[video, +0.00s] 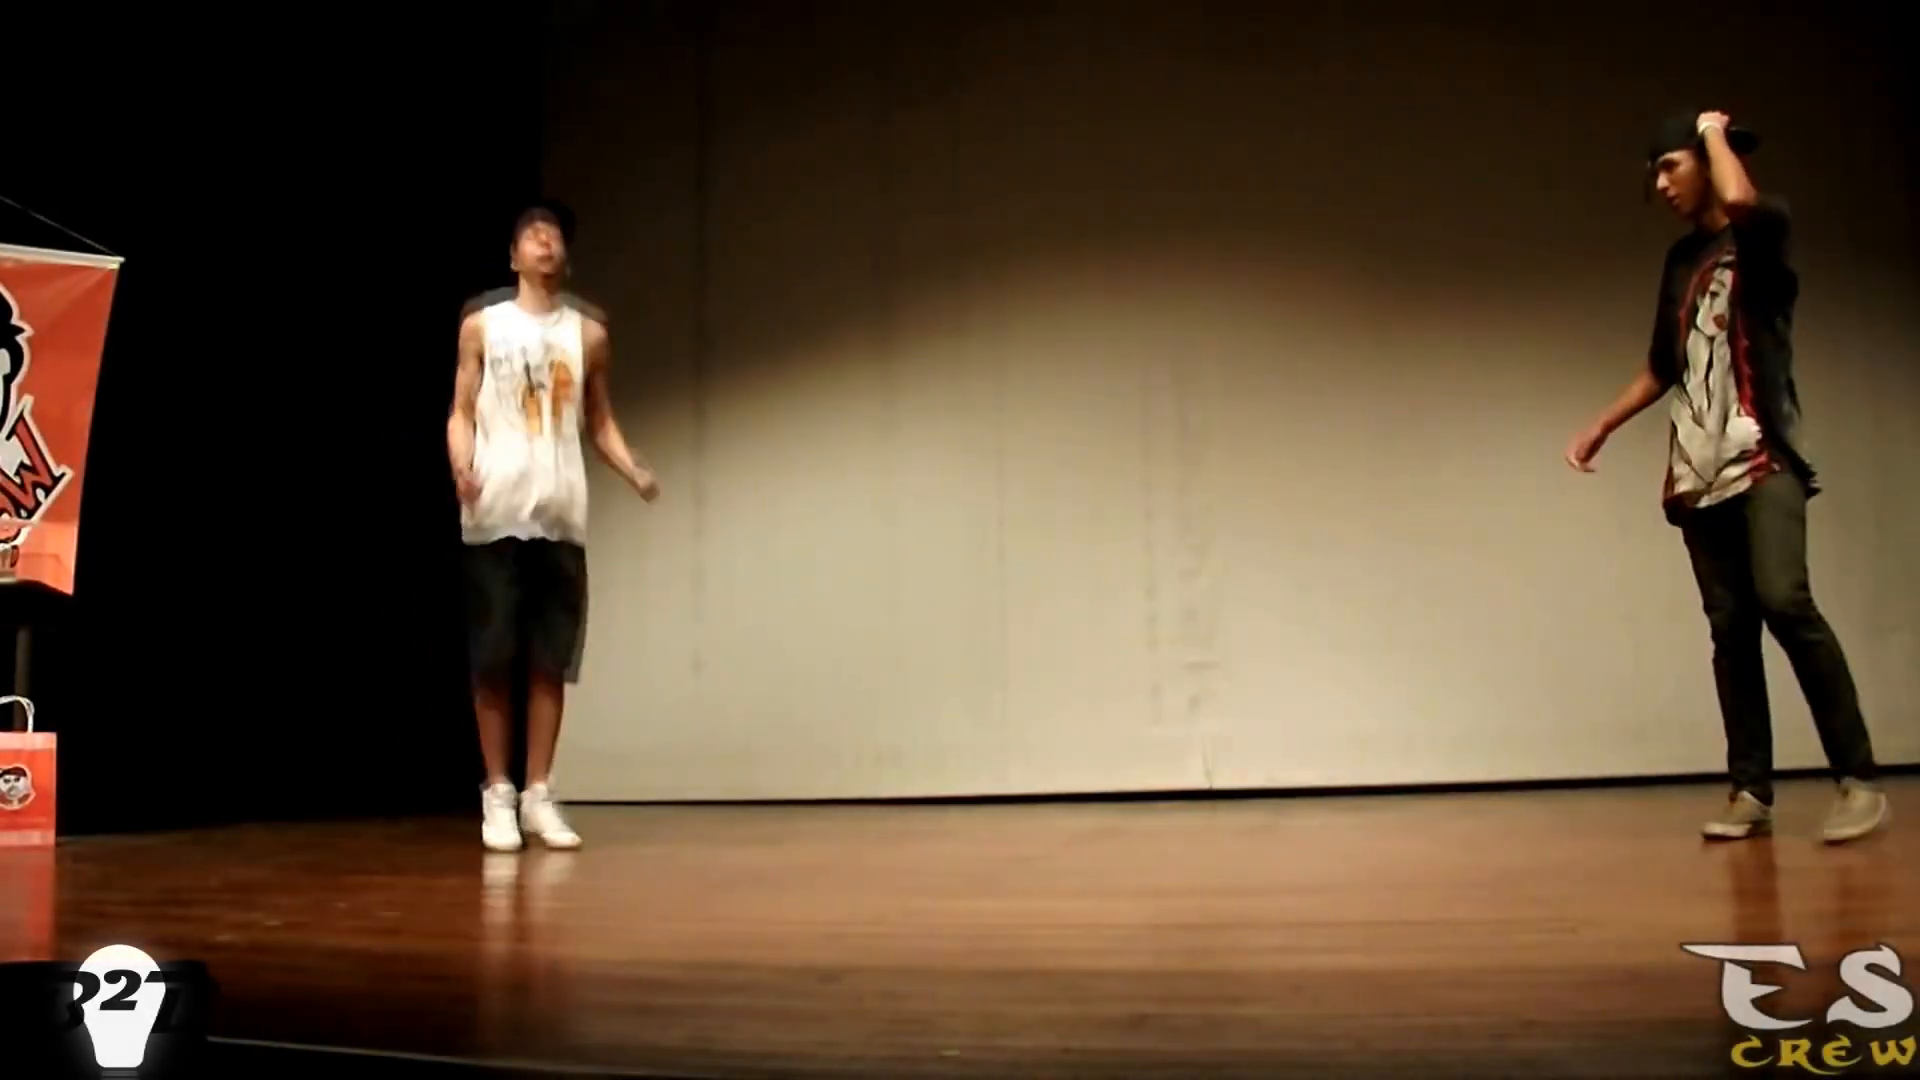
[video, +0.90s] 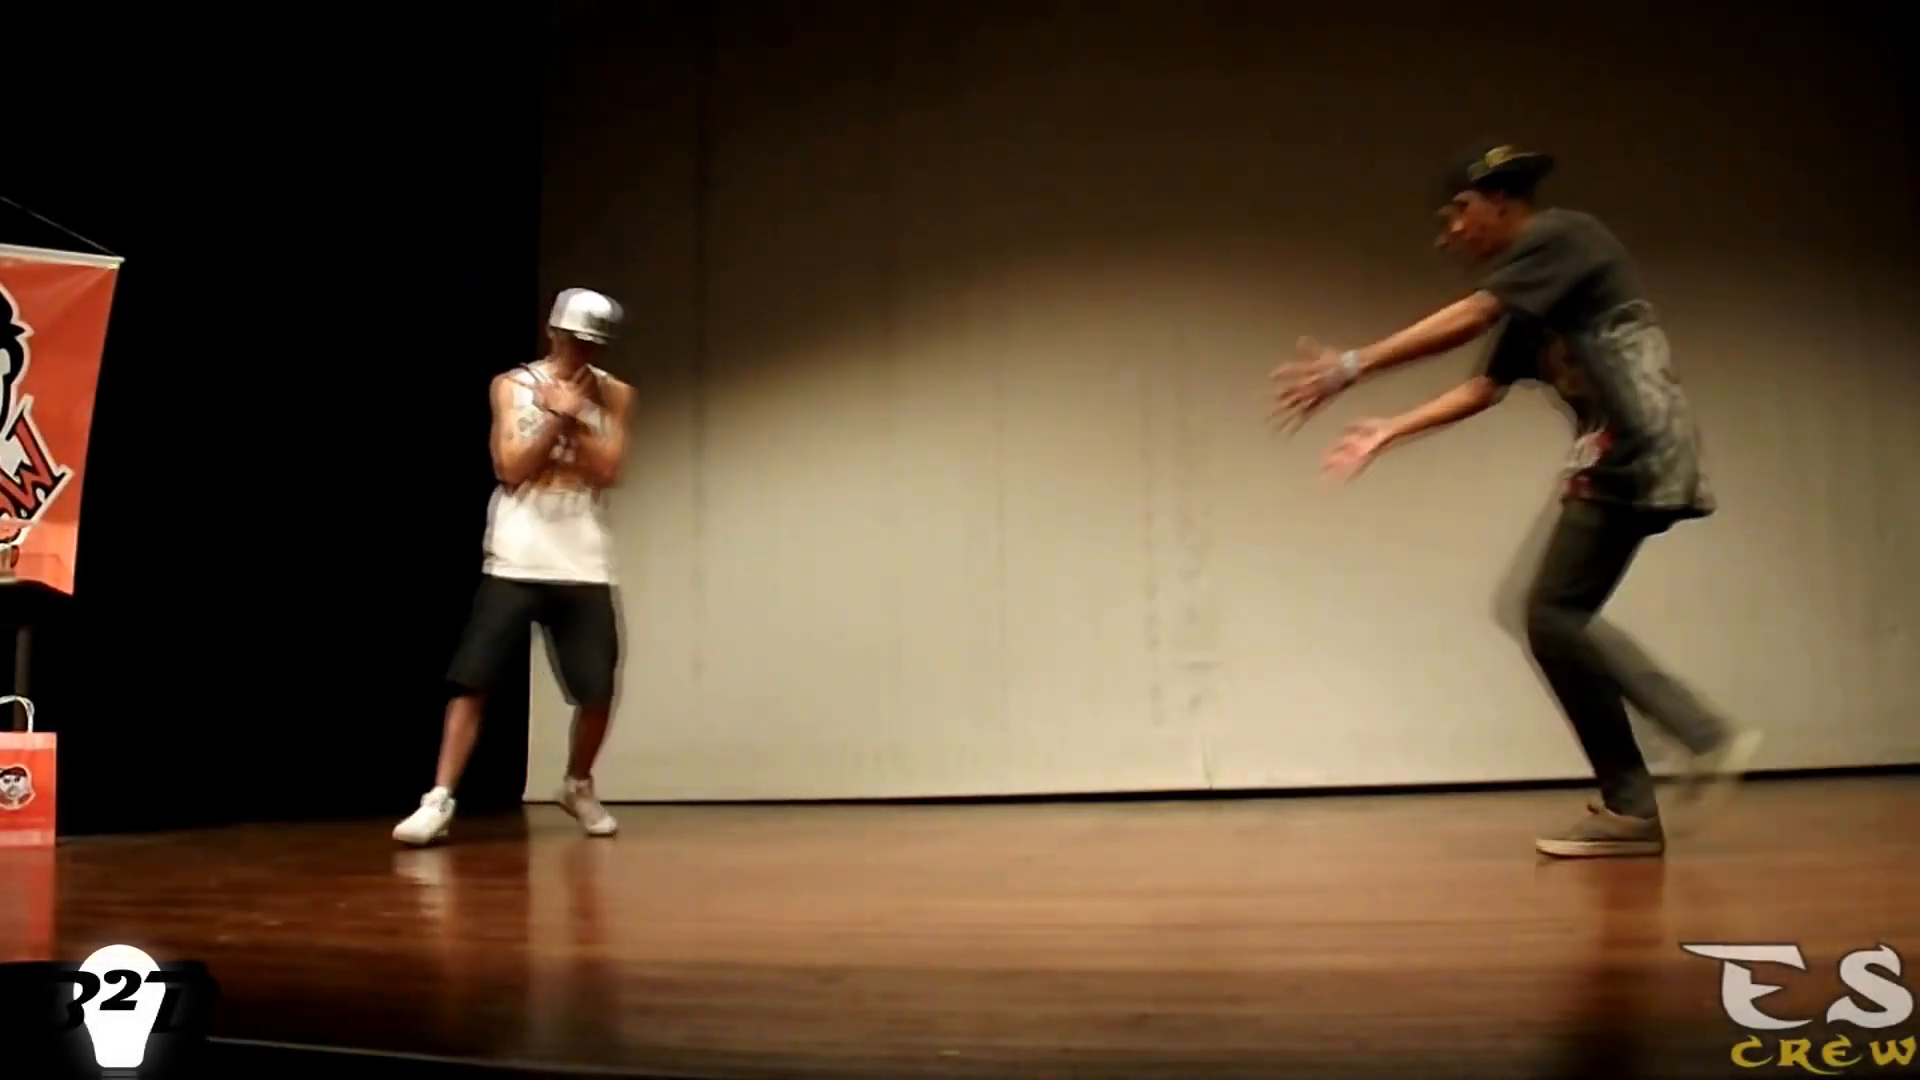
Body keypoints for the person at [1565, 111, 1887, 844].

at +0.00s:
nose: (1661, 184)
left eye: (1671, 169)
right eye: (1657, 173)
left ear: (1710, 167)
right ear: (1665, 184)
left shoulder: (1763, 236)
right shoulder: (1682, 259)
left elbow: (1740, 204)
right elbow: (1660, 370)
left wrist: (1715, 134)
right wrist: (1601, 426)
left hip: (1764, 459)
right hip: (1697, 472)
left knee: (1785, 602)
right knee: (1730, 628)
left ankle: (1859, 783)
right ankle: (1750, 793)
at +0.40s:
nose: (1641, 140)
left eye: (1651, 126)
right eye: (1639, 132)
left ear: (1696, 132)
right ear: (1679, 139)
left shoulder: (1753, 190)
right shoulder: (1678, 231)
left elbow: (1691, 196)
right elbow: (1665, 347)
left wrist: (1601, 133)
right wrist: (1562, 371)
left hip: (1779, 441)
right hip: (1708, 444)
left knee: (1813, 616)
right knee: (1658, 600)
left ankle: (1874, 799)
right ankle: (1736, 775)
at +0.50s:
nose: (1619, 150)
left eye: (1630, 135)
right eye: (1619, 139)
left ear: (1674, 135)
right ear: (1662, 144)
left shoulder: (1731, 188)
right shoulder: (1666, 228)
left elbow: (1641, 208)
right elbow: (1640, 343)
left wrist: (1521, 184)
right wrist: (1533, 363)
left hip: (1769, 438)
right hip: (1701, 444)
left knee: (1809, 615)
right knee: (1647, 604)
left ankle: (1875, 801)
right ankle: (1682, 796)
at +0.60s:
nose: (1588, 158)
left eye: (1600, 143)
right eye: (1589, 146)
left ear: (1644, 143)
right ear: (1632, 152)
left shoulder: (1700, 193)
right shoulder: (1644, 238)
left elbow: (1603, 238)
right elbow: (1608, 343)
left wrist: (1473, 250)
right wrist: (1510, 368)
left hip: (1747, 447)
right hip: (1681, 454)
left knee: (1792, 619)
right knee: (1632, 610)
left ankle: (1872, 798)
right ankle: (1641, 805)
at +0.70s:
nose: (1545, 165)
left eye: (1558, 150)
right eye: (1546, 153)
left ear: (1602, 153)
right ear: (1589, 161)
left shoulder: (1661, 208)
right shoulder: (1614, 247)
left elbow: (1565, 276)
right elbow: (1573, 353)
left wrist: (1442, 301)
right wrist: (1479, 380)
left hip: (1717, 467)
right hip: (1650, 473)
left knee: (1757, 623)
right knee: (1609, 619)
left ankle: (1864, 788)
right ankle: (1637, 811)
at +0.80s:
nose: (1497, 187)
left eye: (1509, 171)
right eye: (1498, 173)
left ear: (1551, 171)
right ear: (1545, 177)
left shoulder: (1614, 219)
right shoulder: (1574, 264)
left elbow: (1528, 296)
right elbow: (1535, 369)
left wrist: (1402, 331)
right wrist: (1434, 397)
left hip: (1673, 468)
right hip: (1617, 474)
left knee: (1661, 622)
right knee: (1580, 627)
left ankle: (1819, 749)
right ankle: (1633, 810)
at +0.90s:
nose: (1452, 233)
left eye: (1458, 213)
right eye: (1449, 219)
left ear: (1499, 200)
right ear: (1492, 208)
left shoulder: (1562, 237)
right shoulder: (1538, 275)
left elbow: (1469, 317)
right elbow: (1485, 388)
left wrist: (1347, 365)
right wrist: (1387, 429)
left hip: (1637, 463)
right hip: (1614, 465)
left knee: (1556, 618)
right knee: (1548, 618)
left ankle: (1711, 737)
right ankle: (1628, 808)